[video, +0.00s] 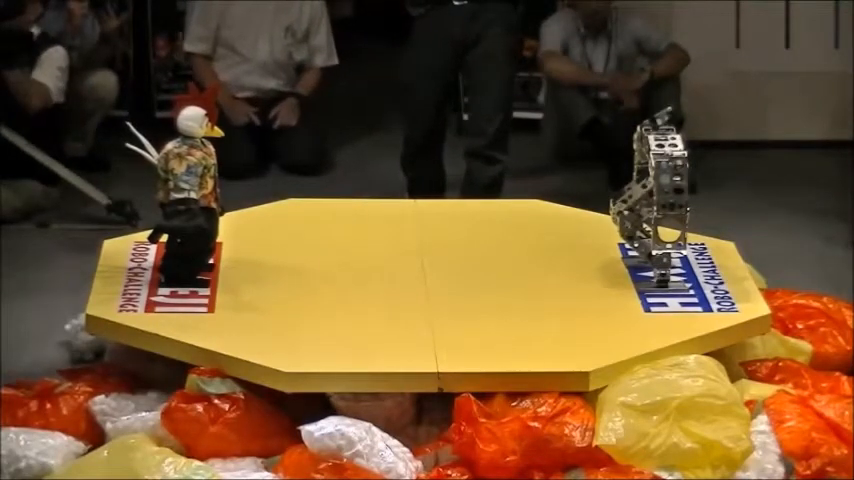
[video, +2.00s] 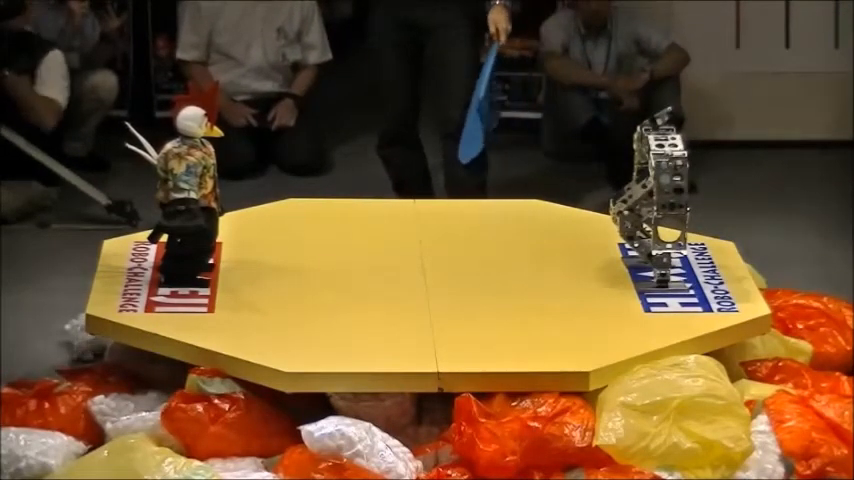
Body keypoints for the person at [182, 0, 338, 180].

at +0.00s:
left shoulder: (310, 5)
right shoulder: (212, 5)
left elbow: (316, 64)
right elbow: (198, 56)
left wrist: (294, 100)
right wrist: (228, 102)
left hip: (284, 99)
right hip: (232, 99)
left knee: (306, 160)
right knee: (237, 164)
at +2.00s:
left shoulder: (302, 5)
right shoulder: (201, 5)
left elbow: (312, 60)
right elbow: (191, 60)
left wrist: (291, 100)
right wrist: (226, 105)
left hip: (280, 98)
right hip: (228, 102)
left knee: (306, 160)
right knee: (237, 163)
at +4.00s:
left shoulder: (301, 5)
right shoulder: (196, 6)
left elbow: (317, 49)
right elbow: (187, 59)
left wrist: (299, 81)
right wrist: (220, 82)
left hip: (280, 97)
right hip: (229, 99)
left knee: (306, 161)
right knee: (237, 164)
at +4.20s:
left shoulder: (301, 4)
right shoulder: (197, 5)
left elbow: (320, 45)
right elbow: (183, 54)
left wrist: (296, 57)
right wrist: (215, 53)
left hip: (283, 99)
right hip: (227, 100)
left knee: (306, 162)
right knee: (236, 165)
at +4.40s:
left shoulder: (297, 3)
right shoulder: (197, 4)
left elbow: (322, 42)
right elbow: (183, 55)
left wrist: (294, 32)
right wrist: (213, 34)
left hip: (283, 99)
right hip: (228, 103)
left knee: (306, 162)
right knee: (236, 166)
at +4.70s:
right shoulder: (198, 5)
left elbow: (320, 31)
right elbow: (186, 48)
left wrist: (296, 16)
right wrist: (211, 15)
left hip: (279, 96)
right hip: (221, 99)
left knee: (307, 162)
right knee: (239, 166)